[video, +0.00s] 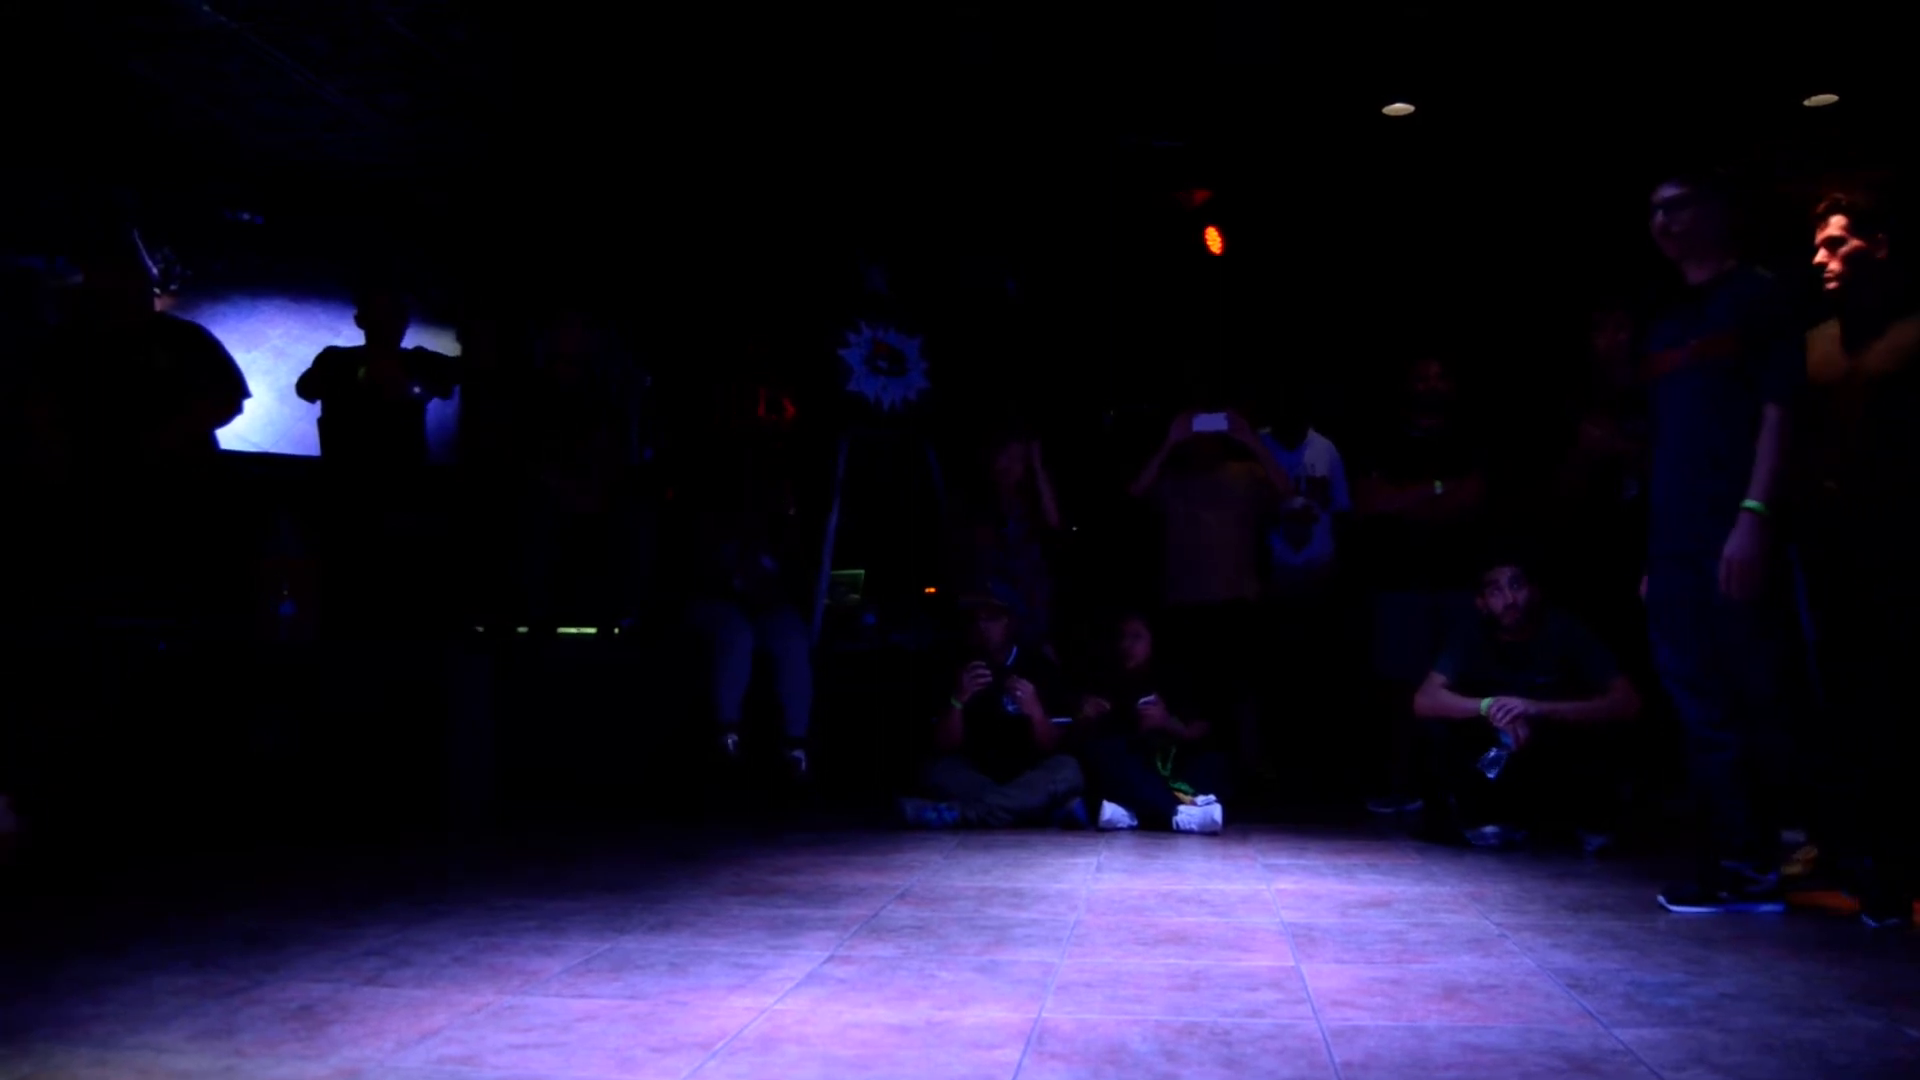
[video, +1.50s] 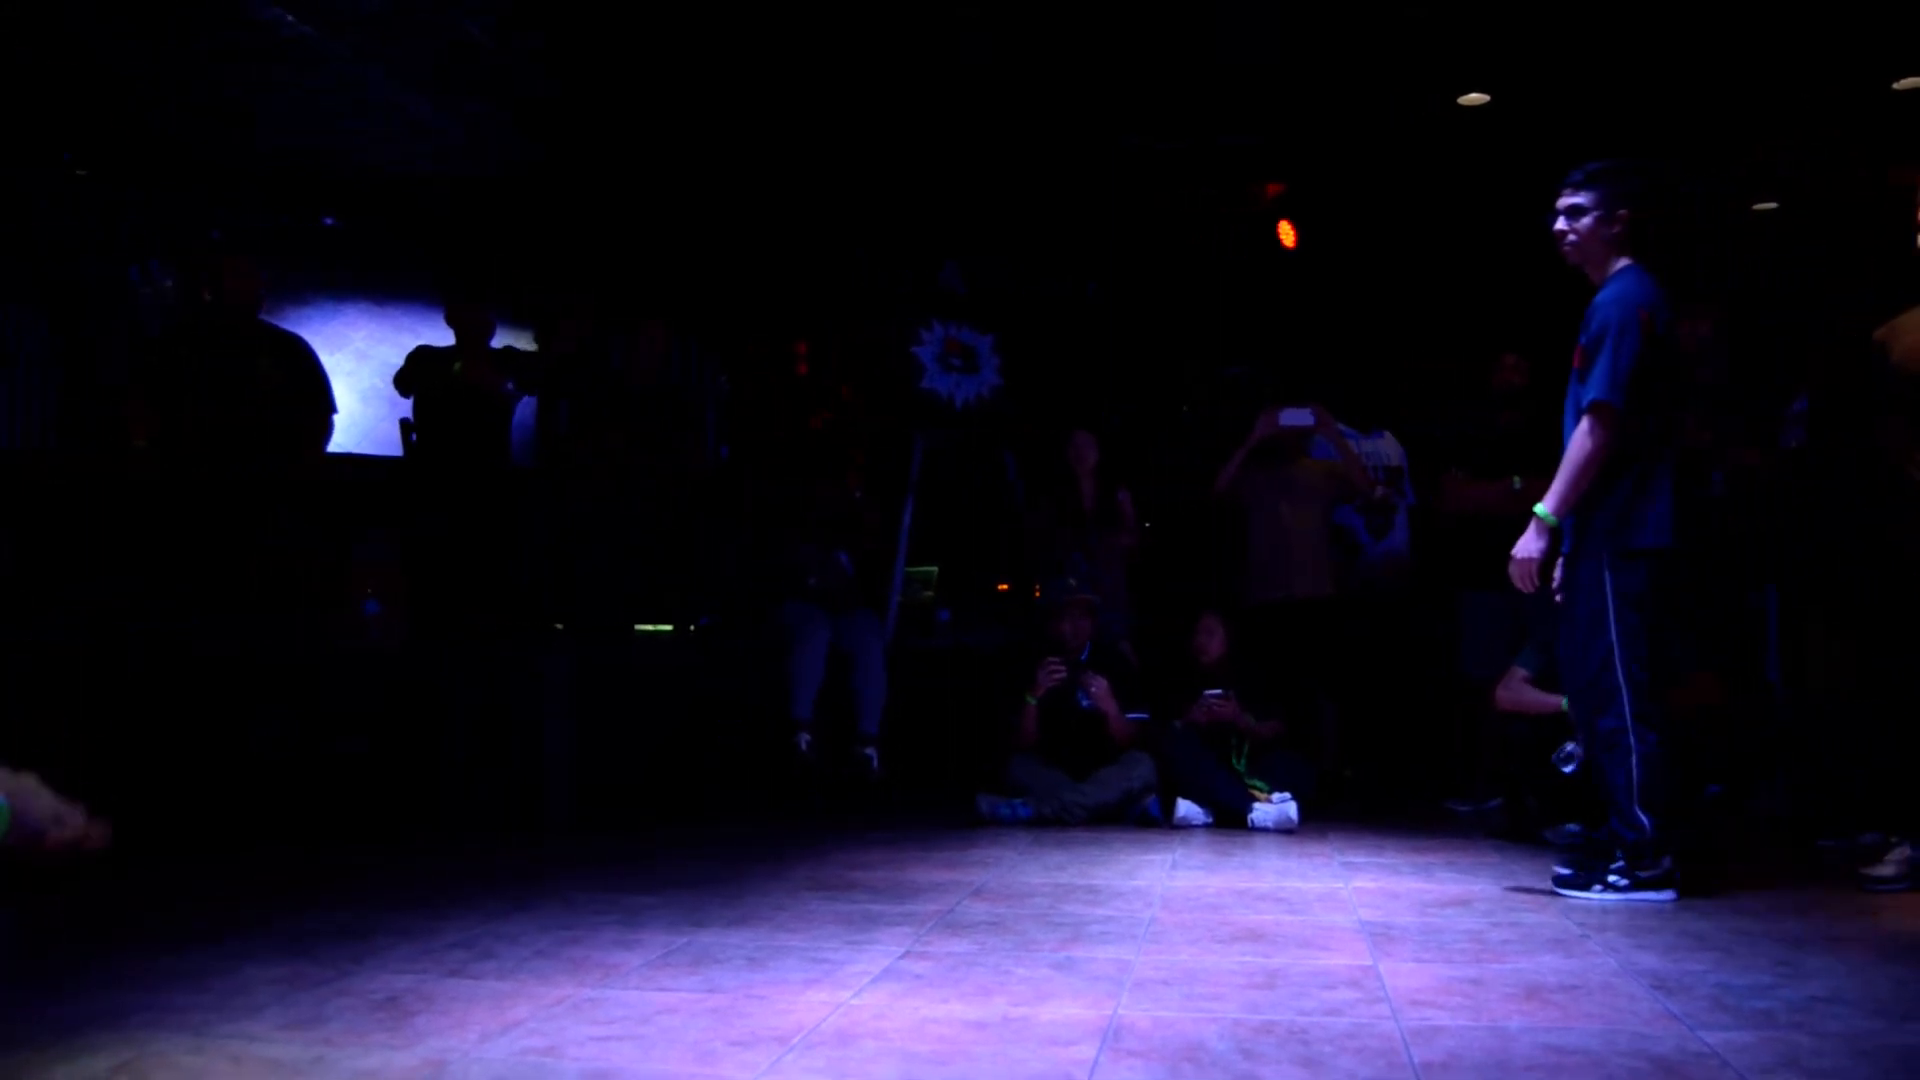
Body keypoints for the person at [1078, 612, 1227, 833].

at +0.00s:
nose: (1127, 645)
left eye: (1136, 637)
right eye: (1122, 637)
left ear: (1151, 641)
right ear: (1114, 642)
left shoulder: (1168, 680)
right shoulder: (1106, 681)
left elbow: (1198, 731)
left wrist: (1165, 721)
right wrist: (1086, 716)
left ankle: (1136, 813)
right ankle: (1175, 813)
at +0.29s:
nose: (1137, 645)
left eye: (1146, 637)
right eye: (1131, 638)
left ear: (1161, 641)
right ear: (1123, 643)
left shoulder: (1181, 680)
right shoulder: (1115, 682)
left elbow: (1207, 733)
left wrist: (1175, 721)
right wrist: (1105, 719)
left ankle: (1143, 813)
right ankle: (1181, 813)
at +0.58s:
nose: (1183, 641)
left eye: (1191, 633)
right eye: (1178, 634)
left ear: (1206, 638)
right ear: (1171, 639)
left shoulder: (1226, 676)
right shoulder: (1160, 676)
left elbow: (1250, 730)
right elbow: (1138, 722)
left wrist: (1215, 715)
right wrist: (1164, 719)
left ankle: (1187, 811)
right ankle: (1226, 811)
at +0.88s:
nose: (1199, 642)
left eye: (1208, 635)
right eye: (1195, 636)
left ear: (1225, 639)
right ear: (1188, 640)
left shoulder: (1245, 679)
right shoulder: (1181, 681)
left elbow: (1273, 732)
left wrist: (1233, 721)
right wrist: (1193, 720)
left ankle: (1207, 811)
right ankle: (1248, 812)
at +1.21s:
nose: (1201, 640)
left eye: (1210, 632)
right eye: (1198, 633)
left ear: (1227, 637)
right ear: (1191, 637)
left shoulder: (1248, 677)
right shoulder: (1185, 679)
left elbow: (1275, 729)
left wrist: (1237, 719)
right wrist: (1196, 719)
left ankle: (1210, 810)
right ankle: (1252, 810)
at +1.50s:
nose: (1203, 642)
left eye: (1211, 634)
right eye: (1199, 634)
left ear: (1227, 638)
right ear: (1191, 639)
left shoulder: (1245, 676)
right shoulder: (1185, 678)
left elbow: (1273, 729)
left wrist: (1237, 717)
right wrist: (1193, 718)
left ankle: (1211, 811)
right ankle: (1251, 809)